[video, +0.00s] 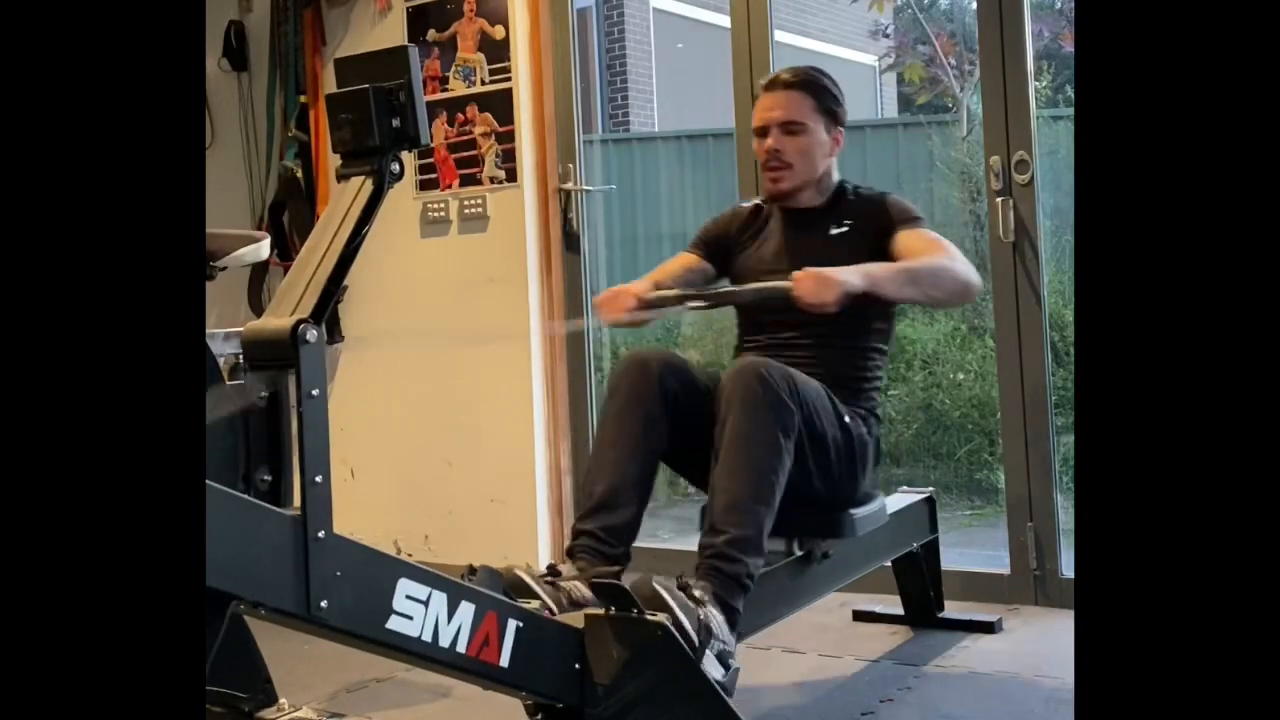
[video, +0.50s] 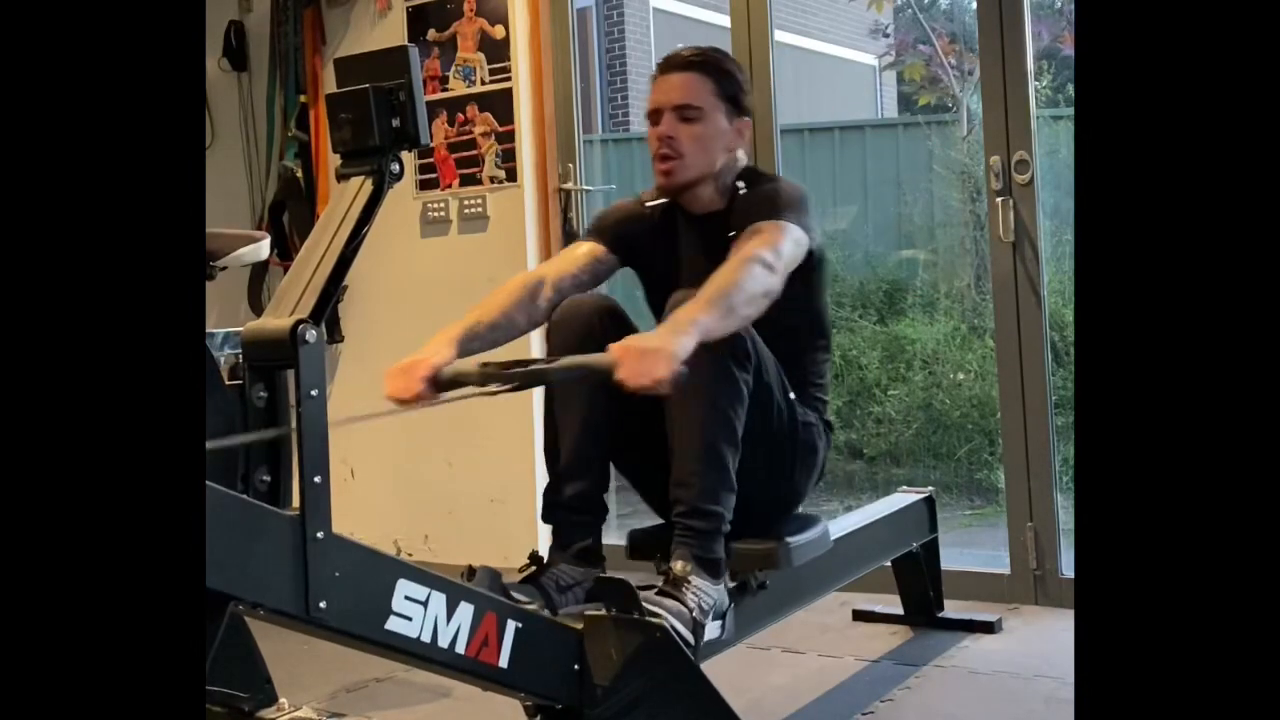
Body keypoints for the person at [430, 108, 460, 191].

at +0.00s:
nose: (446, 118)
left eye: (446, 116)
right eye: (444, 115)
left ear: (443, 116)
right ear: (440, 116)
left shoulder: (443, 124)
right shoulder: (437, 124)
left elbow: (453, 132)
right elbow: (439, 139)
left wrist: (457, 122)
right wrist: (442, 150)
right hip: (440, 148)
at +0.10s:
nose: (446, 118)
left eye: (446, 116)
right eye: (444, 115)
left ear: (443, 116)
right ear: (440, 116)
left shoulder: (443, 124)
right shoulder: (437, 124)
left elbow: (453, 132)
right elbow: (439, 138)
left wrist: (457, 122)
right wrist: (442, 150)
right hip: (440, 148)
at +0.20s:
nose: (446, 117)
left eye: (446, 115)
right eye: (444, 115)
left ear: (443, 116)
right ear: (440, 116)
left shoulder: (443, 124)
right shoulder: (437, 123)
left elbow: (453, 132)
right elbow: (438, 138)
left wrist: (457, 122)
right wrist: (442, 149)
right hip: (439, 148)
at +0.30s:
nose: (446, 118)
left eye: (446, 115)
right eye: (445, 115)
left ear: (443, 116)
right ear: (440, 116)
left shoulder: (443, 125)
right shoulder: (437, 123)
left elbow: (453, 132)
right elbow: (439, 137)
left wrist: (457, 122)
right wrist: (442, 150)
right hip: (439, 147)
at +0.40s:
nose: (446, 118)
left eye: (446, 115)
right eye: (445, 115)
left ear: (443, 116)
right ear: (440, 116)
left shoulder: (443, 125)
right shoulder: (437, 123)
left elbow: (453, 132)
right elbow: (439, 137)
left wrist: (457, 122)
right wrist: (442, 150)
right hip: (439, 148)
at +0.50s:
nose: (446, 117)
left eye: (446, 115)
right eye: (445, 115)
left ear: (443, 115)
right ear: (440, 115)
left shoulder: (443, 124)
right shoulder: (437, 123)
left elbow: (453, 132)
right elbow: (439, 137)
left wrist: (457, 122)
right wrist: (442, 150)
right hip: (439, 148)